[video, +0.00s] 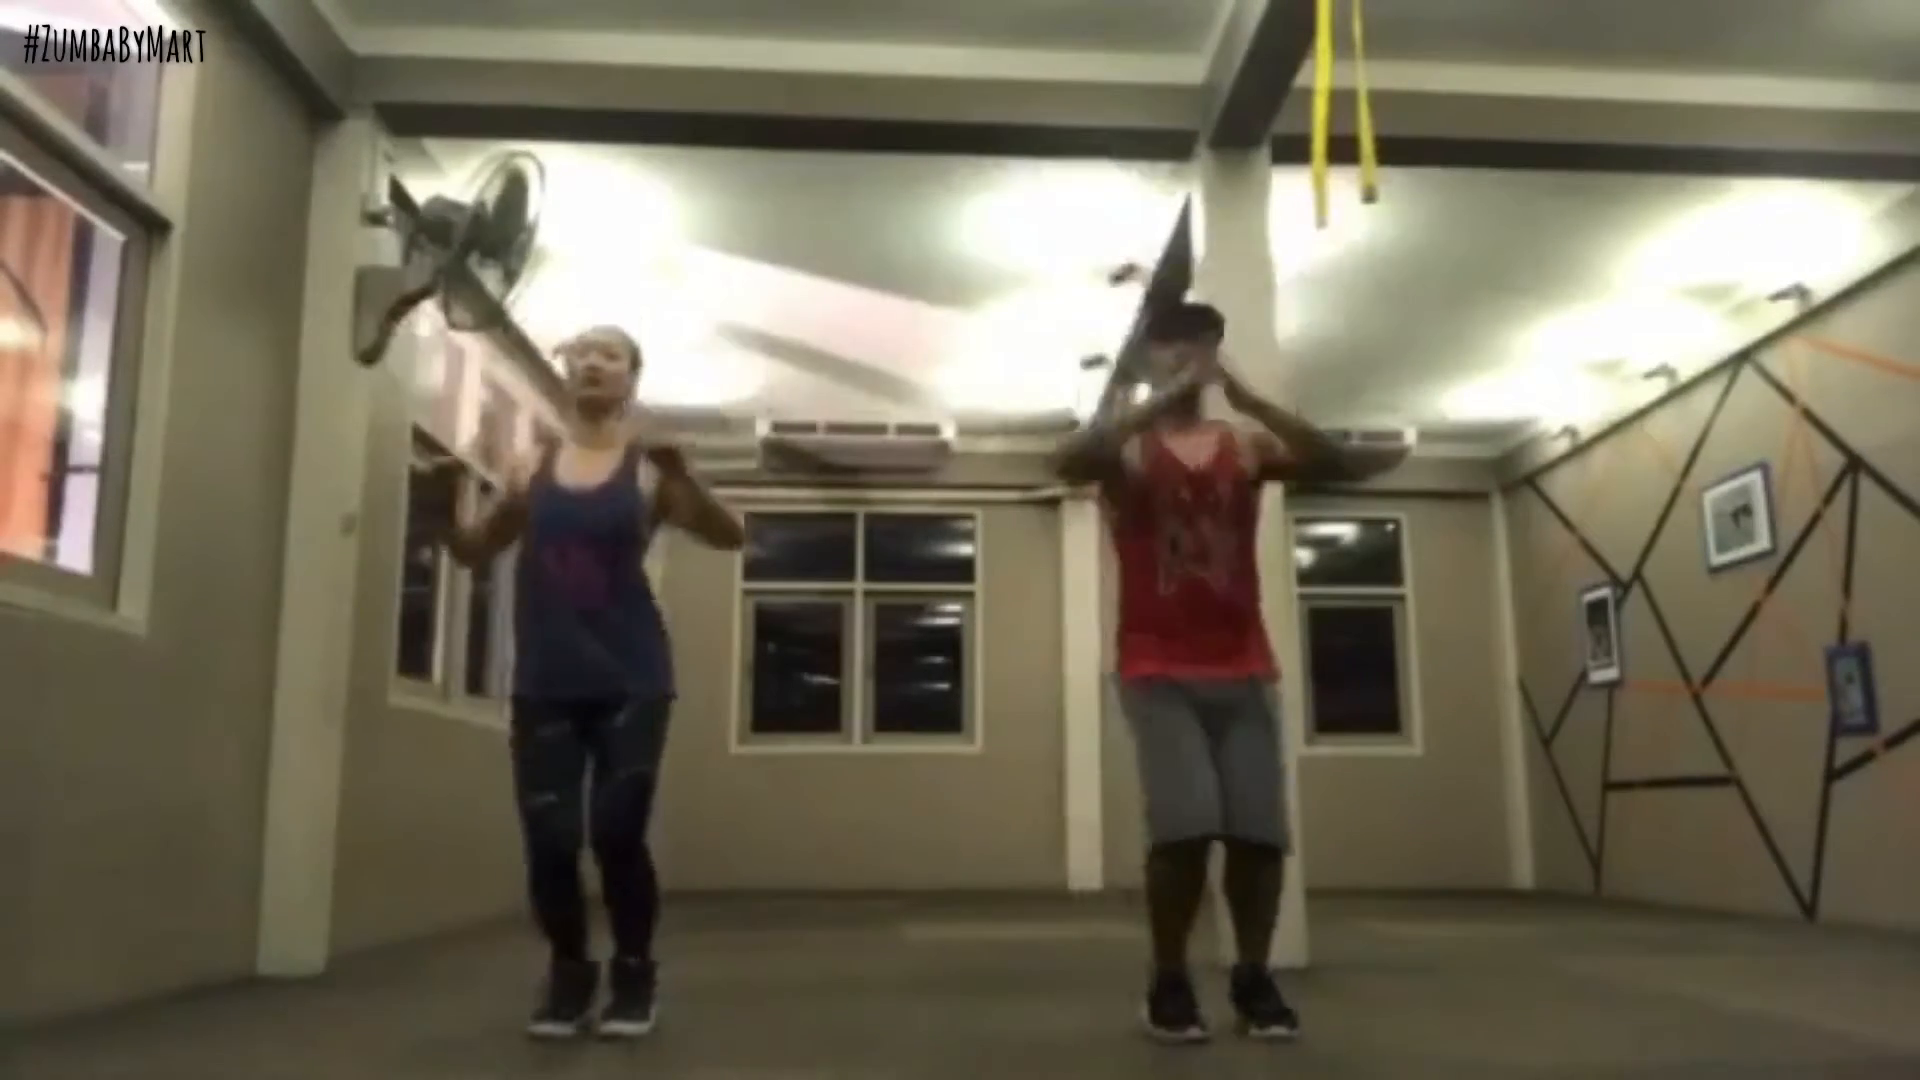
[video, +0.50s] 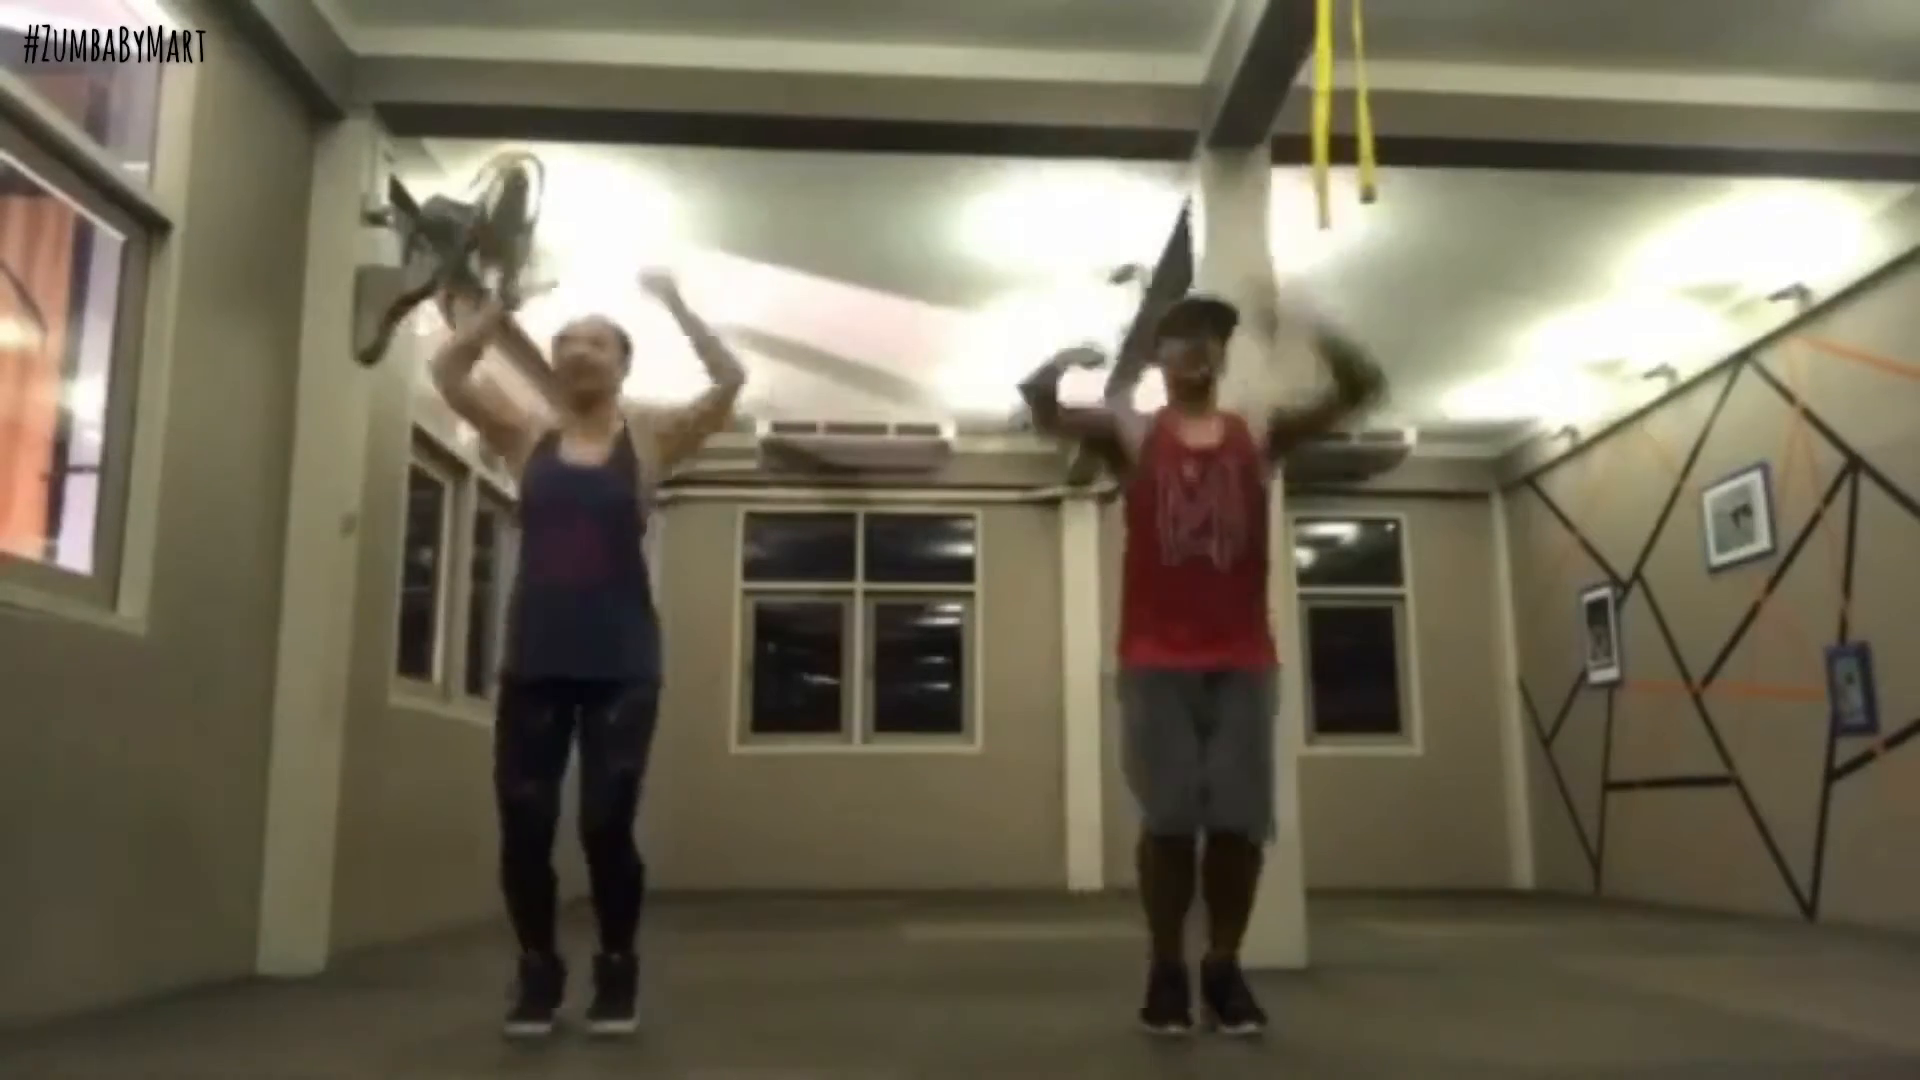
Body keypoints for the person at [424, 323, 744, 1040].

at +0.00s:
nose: (590, 367)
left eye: (608, 357)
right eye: (579, 357)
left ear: (633, 379)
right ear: (563, 374)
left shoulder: (649, 470)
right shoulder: (541, 468)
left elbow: (729, 536)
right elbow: (475, 550)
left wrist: (683, 476)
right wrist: (454, 501)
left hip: (630, 679)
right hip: (546, 679)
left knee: (616, 834)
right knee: (550, 842)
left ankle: (632, 982)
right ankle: (569, 983)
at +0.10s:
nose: (589, 339)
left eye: (606, 332)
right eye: (580, 332)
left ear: (631, 359)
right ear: (565, 357)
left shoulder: (652, 440)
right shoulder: (538, 440)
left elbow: (742, 459)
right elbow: (443, 470)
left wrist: (708, 400)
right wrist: (461, 397)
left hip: (627, 658)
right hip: (545, 657)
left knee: (614, 822)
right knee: (542, 830)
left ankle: (633, 978)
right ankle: (568, 978)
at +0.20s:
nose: (593, 291)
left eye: (610, 285)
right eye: (585, 284)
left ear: (633, 316)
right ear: (570, 311)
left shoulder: (652, 395)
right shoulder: (538, 389)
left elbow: (747, 351)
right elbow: (440, 359)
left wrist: (693, 281)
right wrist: (479, 310)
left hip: (627, 603)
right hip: (543, 604)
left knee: (624, 776)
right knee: (545, 783)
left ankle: (634, 958)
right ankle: (551, 963)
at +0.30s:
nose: (589, 283)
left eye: (607, 278)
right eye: (582, 276)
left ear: (632, 305)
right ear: (569, 301)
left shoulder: (651, 381)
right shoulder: (537, 374)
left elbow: (718, 294)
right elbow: (467, 293)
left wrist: (693, 193)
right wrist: (497, 212)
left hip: (626, 596)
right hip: (543, 595)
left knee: (620, 766)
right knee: (545, 770)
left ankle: (628, 941)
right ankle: (544, 943)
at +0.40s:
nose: (591, 323)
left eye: (606, 315)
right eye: (580, 313)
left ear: (628, 339)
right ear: (562, 333)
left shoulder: (643, 412)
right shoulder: (537, 399)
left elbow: (703, 321)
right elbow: (481, 305)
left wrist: (691, 228)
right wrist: (492, 214)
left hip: (624, 627)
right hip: (540, 626)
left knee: (614, 794)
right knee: (536, 801)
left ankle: (619, 963)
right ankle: (535, 965)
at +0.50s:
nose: (582, 358)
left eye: (599, 348)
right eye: (570, 349)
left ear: (624, 366)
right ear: (554, 366)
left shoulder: (646, 440)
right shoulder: (530, 438)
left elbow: (731, 382)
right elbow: (447, 376)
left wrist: (679, 308)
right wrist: (500, 316)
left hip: (620, 660)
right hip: (535, 659)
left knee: (606, 827)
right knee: (523, 829)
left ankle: (616, 976)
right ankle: (538, 976)